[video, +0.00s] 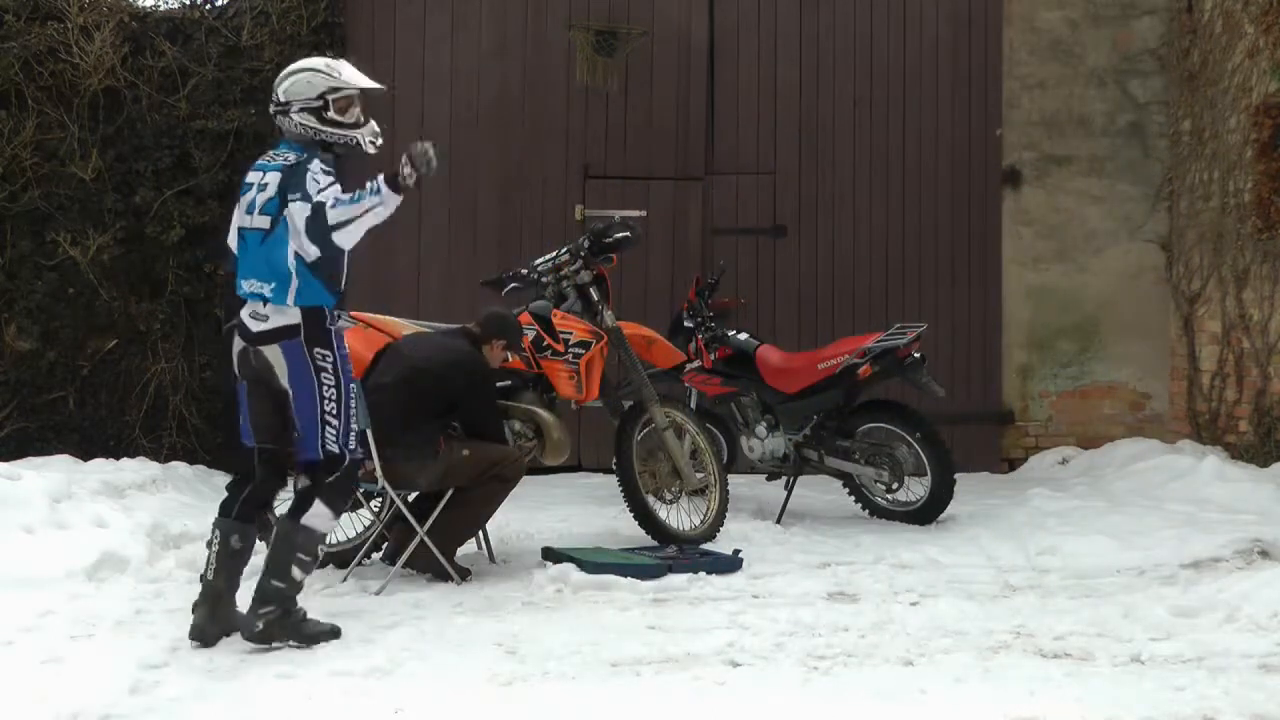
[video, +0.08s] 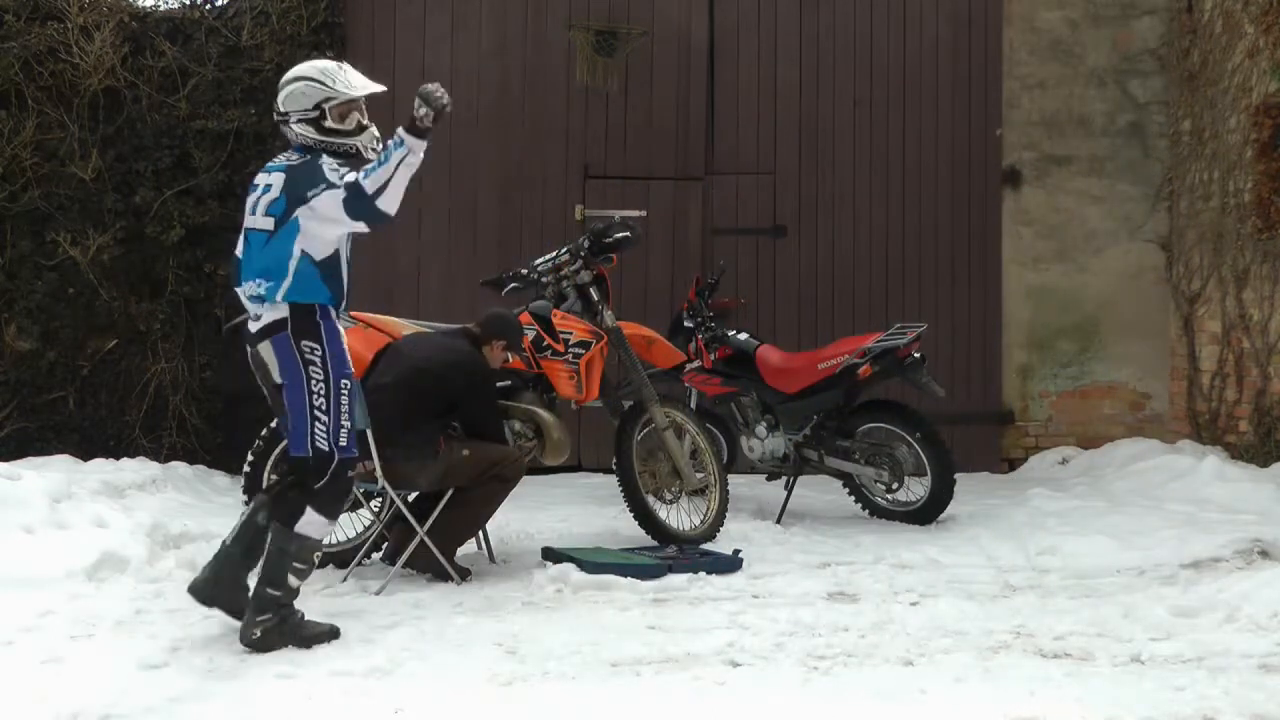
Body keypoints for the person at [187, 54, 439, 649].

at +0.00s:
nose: (355, 116)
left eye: (355, 105)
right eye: (343, 107)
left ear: (292, 117)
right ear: (308, 113)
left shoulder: (263, 169)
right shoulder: (311, 168)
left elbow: (241, 248)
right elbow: (324, 231)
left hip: (252, 334)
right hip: (300, 333)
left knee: (265, 468)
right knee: (339, 468)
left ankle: (214, 603)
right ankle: (274, 604)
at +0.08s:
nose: (360, 120)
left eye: (360, 109)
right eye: (347, 112)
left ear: (306, 126)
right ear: (311, 120)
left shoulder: (277, 171)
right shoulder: (310, 173)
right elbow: (369, 206)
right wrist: (414, 136)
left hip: (274, 328)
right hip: (300, 327)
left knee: (305, 457)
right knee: (334, 466)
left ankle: (225, 574)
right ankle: (272, 610)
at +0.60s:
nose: (402, 115)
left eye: (401, 105)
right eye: (393, 104)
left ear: (363, 110)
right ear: (363, 109)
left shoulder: (385, 166)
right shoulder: (325, 181)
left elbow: (419, 122)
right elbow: (304, 272)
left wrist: (441, 60)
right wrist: (380, 313)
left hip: (376, 331)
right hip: (347, 334)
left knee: (396, 457)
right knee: (455, 437)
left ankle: (357, 597)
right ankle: (360, 520)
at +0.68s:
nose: (411, 112)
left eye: (409, 102)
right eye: (400, 102)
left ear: (378, 113)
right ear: (365, 111)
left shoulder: (399, 167)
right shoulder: (327, 178)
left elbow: (440, 132)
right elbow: (294, 255)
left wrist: (481, 74)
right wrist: (356, 263)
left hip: (385, 324)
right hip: (355, 327)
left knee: (401, 457)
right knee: (469, 418)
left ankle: (352, 598)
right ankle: (386, 542)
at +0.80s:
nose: (419, 100)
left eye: (416, 91)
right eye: (407, 91)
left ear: (386, 100)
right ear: (377, 98)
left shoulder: (414, 160)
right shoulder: (345, 164)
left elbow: (460, 167)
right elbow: (305, 203)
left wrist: (512, 151)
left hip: (407, 318)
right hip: (383, 320)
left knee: (404, 465)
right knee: (452, 453)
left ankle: (353, 598)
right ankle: (385, 597)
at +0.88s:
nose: (423, 114)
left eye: (420, 104)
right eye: (413, 104)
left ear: (395, 112)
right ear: (384, 112)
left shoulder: (420, 176)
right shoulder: (358, 171)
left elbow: (459, 213)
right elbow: (332, 143)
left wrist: (507, 226)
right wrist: (366, 70)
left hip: (424, 323)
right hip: (392, 323)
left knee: (449, 457)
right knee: (420, 466)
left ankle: (364, 583)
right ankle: (372, 611)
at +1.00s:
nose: (449, 108)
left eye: (446, 99)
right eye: (438, 100)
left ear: (420, 112)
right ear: (402, 109)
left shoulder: (416, 178)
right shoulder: (391, 167)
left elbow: (423, 268)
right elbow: (413, 92)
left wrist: (478, 290)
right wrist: (417, 23)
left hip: (427, 329)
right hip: (395, 327)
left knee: (501, 438)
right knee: (432, 466)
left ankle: (425, 541)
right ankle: (367, 612)